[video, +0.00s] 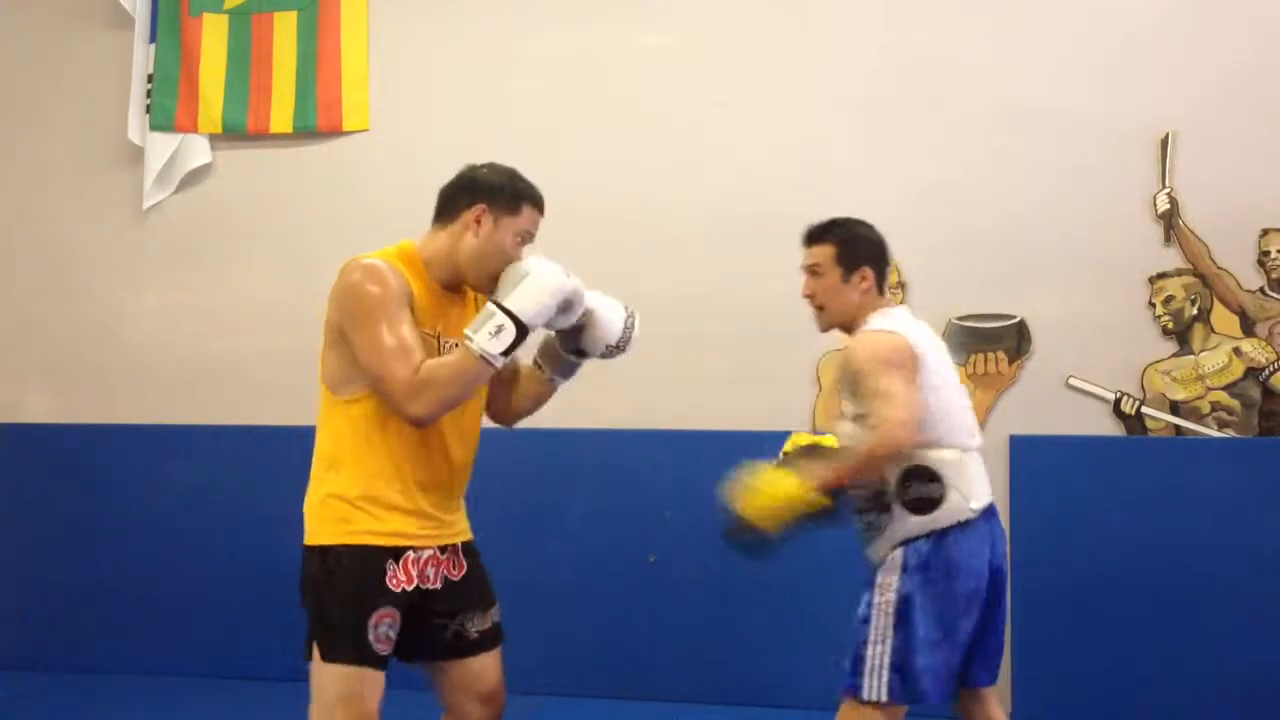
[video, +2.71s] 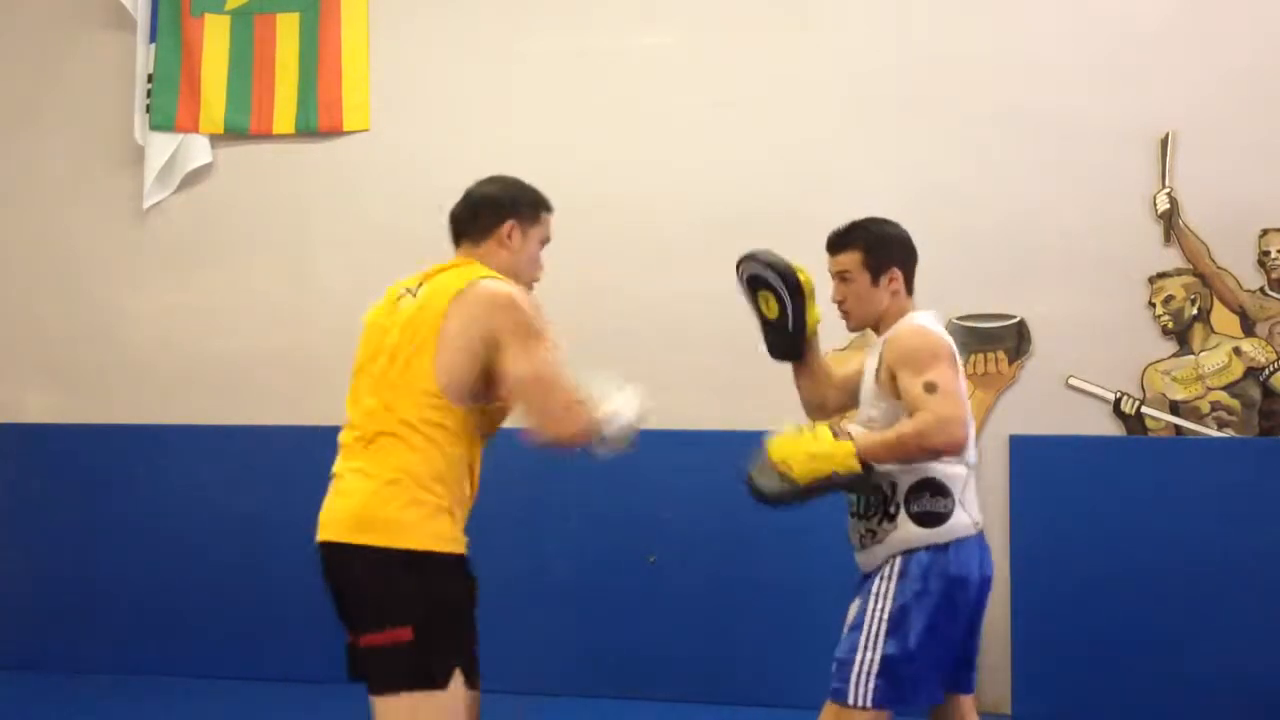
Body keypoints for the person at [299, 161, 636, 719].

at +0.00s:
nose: (523, 258)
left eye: (528, 244)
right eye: (520, 239)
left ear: (480, 225)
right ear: (477, 220)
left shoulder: (477, 304)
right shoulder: (369, 280)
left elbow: (505, 405)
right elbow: (417, 398)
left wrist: (567, 351)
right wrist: (507, 318)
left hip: (444, 532)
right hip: (359, 534)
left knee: (481, 699)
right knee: (350, 708)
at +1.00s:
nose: (490, 261)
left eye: (496, 247)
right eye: (490, 241)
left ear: (448, 225)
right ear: (448, 222)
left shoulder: (433, 305)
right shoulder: (339, 279)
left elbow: (446, 415)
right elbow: (382, 408)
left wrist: (512, 364)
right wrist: (480, 331)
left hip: (406, 549)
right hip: (324, 556)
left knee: (438, 705)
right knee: (315, 710)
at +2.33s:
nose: (484, 278)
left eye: (487, 262)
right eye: (483, 259)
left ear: (442, 248)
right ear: (446, 248)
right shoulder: (383, 306)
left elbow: (437, 410)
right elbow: (433, 411)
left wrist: (482, 348)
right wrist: (498, 352)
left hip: (366, 576)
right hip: (332, 587)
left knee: (451, 691)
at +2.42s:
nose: (491, 261)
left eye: (494, 245)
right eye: (490, 243)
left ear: (435, 233)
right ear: (455, 232)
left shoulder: (343, 297)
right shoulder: (446, 295)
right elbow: (570, 327)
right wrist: (614, 320)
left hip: (307, 558)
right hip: (360, 567)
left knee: (442, 692)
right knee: (350, 711)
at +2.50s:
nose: (507, 256)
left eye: (508, 237)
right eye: (504, 236)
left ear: (435, 233)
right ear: (471, 229)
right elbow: (626, 307)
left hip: (319, 552)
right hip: (377, 564)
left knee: (446, 698)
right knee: (358, 714)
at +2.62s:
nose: (532, 262)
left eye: (533, 245)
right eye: (529, 243)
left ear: (457, 240)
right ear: (497, 239)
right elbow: (625, 385)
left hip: (339, 546)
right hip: (400, 555)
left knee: (458, 690)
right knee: (402, 710)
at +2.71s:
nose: (542, 265)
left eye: (545, 247)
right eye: (541, 245)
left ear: (492, 236)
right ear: (508, 235)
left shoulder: (401, 296)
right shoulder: (498, 300)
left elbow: (449, 412)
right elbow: (562, 421)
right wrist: (604, 415)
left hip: (352, 537)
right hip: (411, 544)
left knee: (453, 700)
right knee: (427, 708)